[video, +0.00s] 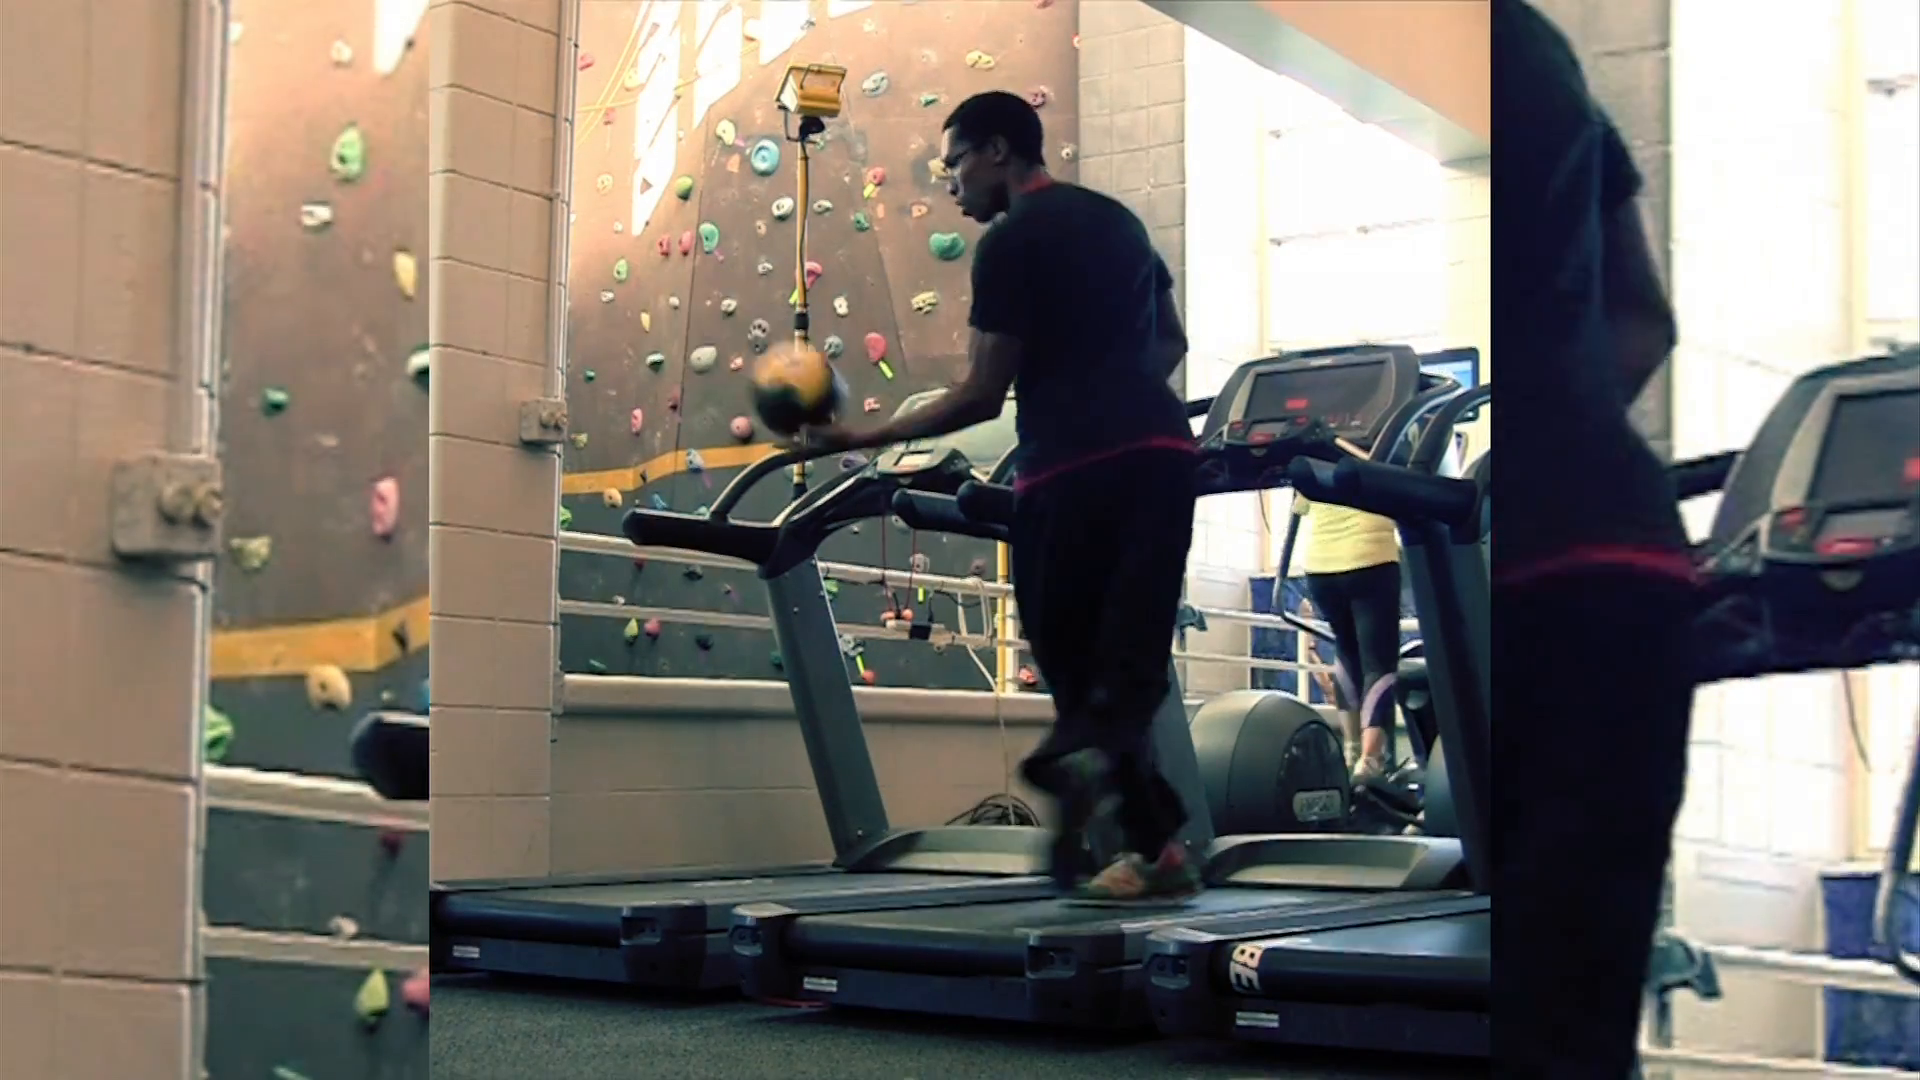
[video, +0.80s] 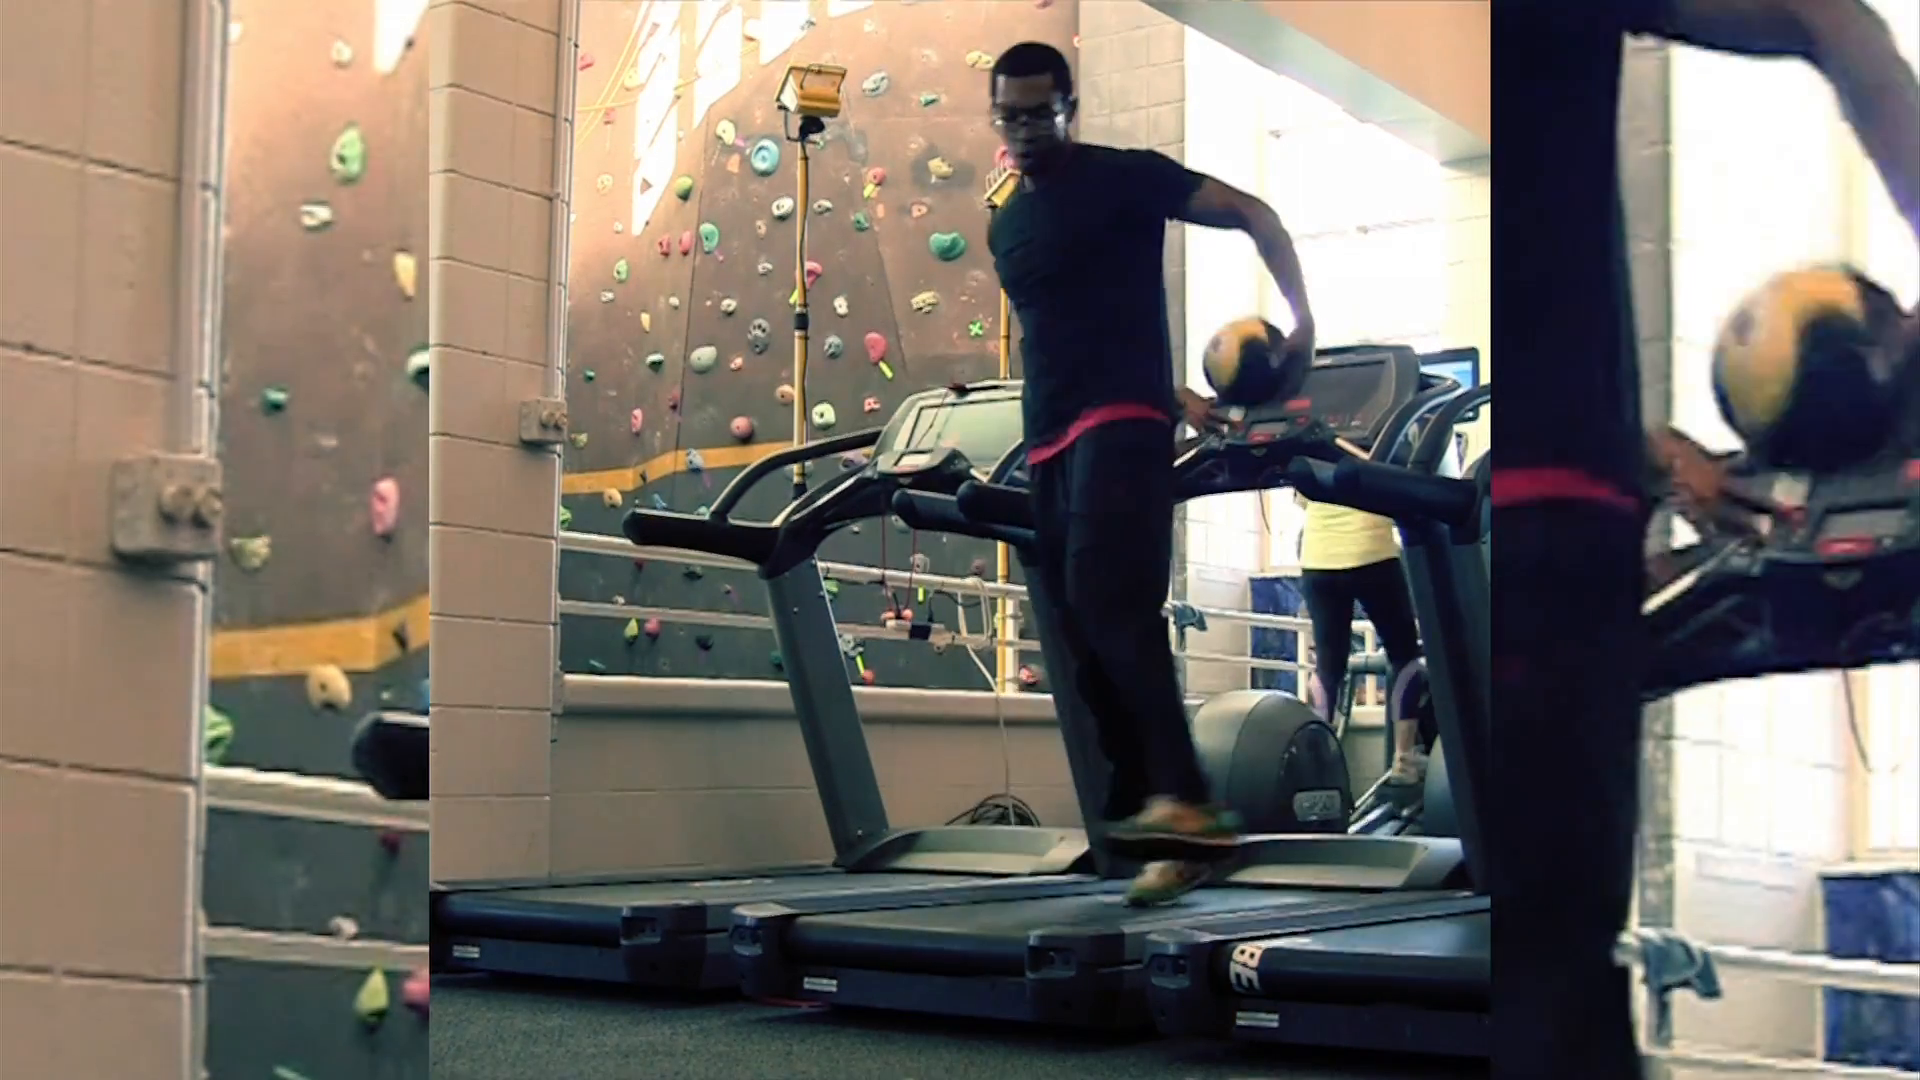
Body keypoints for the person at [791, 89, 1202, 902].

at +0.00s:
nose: (949, 183)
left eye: (955, 163)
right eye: (946, 167)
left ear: (999, 153)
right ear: (1026, 155)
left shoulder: (1009, 240)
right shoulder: (1117, 220)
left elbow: (983, 396)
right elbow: (1171, 343)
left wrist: (859, 433)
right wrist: (1101, 405)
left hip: (1065, 477)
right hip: (1160, 463)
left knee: (1075, 671)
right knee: (1139, 653)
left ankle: (1160, 849)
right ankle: (1083, 761)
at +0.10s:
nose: (959, 187)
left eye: (966, 167)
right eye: (955, 172)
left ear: (1012, 158)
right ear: (1032, 162)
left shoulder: (1020, 250)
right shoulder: (1116, 233)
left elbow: (991, 400)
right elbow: (1168, 357)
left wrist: (884, 457)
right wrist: (1092, 422)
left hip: (1072, 493)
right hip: (1156, 485)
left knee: (1057, 678)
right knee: (1140, 662)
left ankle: (1121, 860)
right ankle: (1159, 759)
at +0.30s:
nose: (970, 172)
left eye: (979, 154)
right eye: (966, 158)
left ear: (1033, 143)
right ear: (1034, 150)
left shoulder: (1054, 215)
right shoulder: (1097, 217)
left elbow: (1061, 347)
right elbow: (1166, 353)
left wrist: (958, 419)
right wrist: (1118, 437)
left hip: (1074, 472)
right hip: (1132, 470)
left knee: (1031, 666)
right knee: (1108, 666)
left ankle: (1075, 865)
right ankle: (1265, 757)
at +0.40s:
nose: (973, 155)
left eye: (984, 136)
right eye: (967, 141)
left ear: (1033, 126)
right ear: (1030, 139)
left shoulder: (1063, 186)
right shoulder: (1074, 200)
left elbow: (1119, 289)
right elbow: (1155, 336)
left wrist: (1025, 366)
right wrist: (1144, 431)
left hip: (1092, 441)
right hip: (1122, 443)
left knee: (1025, 637)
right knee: (1101, 654)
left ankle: (1051, 853)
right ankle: (1263, 766)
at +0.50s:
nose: (982, 143)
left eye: (993, 124)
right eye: (974, 131)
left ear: (1040, 112)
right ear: (983, 131)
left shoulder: (1082, 169)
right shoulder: (1039, 203)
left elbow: (1172, 240)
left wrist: (1108, 321)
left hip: (1108, 428)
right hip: (1087, 431)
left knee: (1039, 620)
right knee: (1100, 637)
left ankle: (1042, 827)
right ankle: (1233, 796)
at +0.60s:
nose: (992, 137)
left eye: (1006, 120)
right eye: (981, 125)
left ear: (1048, 111)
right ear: (974, 128)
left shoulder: (1101, 167)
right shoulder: (1021, 206)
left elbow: (1224, 212)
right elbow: (1069, 315)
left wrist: (1199, 297)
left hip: (1117, 419)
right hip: (1078, 429)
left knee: (1067, 597)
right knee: (1123, 626)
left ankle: (1057, 805)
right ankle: (1195, 827)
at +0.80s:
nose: (1027, 130)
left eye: (1042, 113)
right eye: (1011, 116)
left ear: (1069, 105)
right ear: (993, 114)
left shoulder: (1119, 175)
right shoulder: (1008, 221)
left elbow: (1256, 216)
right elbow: (1063, 341)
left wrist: (1301, 322)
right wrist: (1176, 397)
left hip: (1120, 420)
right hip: (1051, 441)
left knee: (1112, 607)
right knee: (1079, 640)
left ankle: (1185, 802)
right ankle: (1154, 841)